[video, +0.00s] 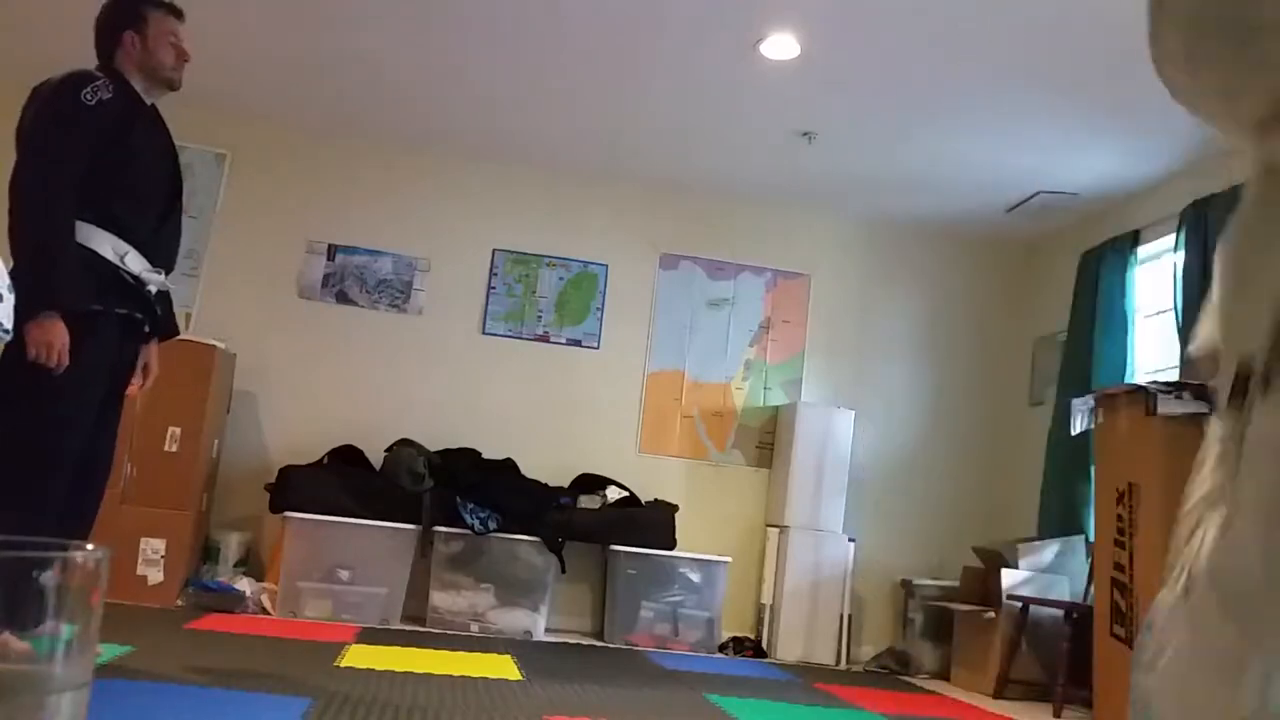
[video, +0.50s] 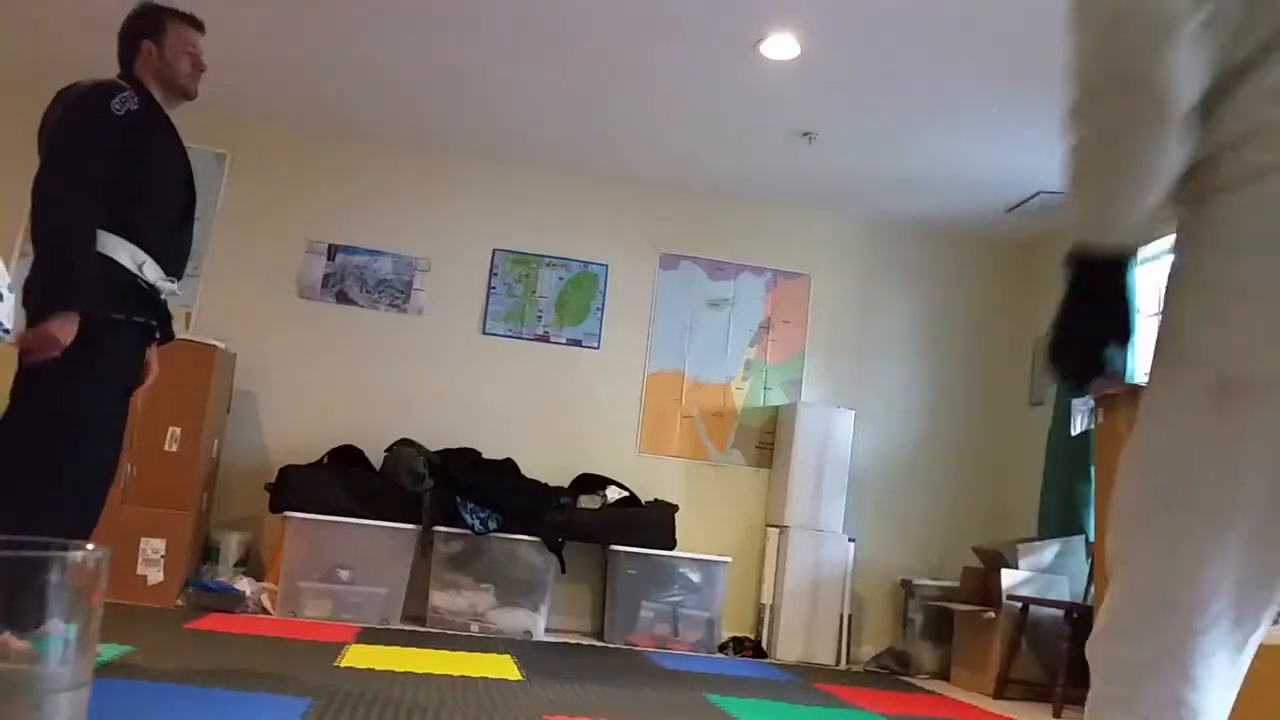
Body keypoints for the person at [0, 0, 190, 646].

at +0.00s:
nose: (186, 52)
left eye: (185, 41)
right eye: (174, 39)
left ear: (142, 46)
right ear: (131, 43)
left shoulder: (153, 130)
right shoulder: (75, 95)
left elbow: (148, 241)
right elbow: (39, 204)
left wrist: (149, 330)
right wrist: (41, 307)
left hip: (113, 332)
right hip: (62, 323)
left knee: (82, 477)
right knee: (36, 470)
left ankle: (42, 617)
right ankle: (10, 618)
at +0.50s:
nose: (202, 67)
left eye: (203, 57)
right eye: (191, 54)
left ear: (158, 59)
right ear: (147, 52)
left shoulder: (157, 130)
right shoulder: (102, 104)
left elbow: (144, 237)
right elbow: (65, 200)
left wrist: (151, 329)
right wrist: (61, 303)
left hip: (118, 328)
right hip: (81, 321)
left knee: (82, 472)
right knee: (51, 468)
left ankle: (38, 613)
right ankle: (13, 614)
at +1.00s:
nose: (252, 107)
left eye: (255, 99)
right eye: (243, 94)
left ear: (213, 94)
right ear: (204, 86)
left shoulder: (203, 152)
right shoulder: (163, 130)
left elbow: (170, 246)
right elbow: (122, 220)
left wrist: (176, 325)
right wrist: (122, 319)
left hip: (137, 330)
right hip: (151, 332)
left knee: (83, 475)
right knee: (188, 469)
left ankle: (28, 617)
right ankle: (135, 625)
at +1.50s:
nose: (356, 137)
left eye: (360, 127)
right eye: (349, 122)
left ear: (306, 118)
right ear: (314, 113)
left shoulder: (251, 150)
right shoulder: (290, 153)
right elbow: (277, 241)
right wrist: (288, 336)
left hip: (191, 314)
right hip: (239, 317)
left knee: (183, 469)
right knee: (256, 484)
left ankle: (83, 614)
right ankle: (227, 646)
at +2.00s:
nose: (377, 156)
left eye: (379, 144)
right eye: (372, 139)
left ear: (324, 131)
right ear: (336, 127)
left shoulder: (261, 169)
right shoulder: (321, 170)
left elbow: (283, 272)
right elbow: (326, 263)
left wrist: (354, 312)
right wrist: (400, 315)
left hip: (221, 330)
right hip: (277, 333)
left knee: (211, 478)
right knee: (306, 485)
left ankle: (170, 629)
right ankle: (240, 636)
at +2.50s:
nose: (432, 184)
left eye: (438, 173)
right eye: (431, 169)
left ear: (385, 155)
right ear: (401, 155)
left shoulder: (323, 188)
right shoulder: (388, 195)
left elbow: (361, 280)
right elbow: (404, 282)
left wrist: (430, 267)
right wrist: (475, 279)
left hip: (272, 344)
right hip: (337, 355)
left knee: (248, 487)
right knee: (377, 505)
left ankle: (170, 616)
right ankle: (368, 654)